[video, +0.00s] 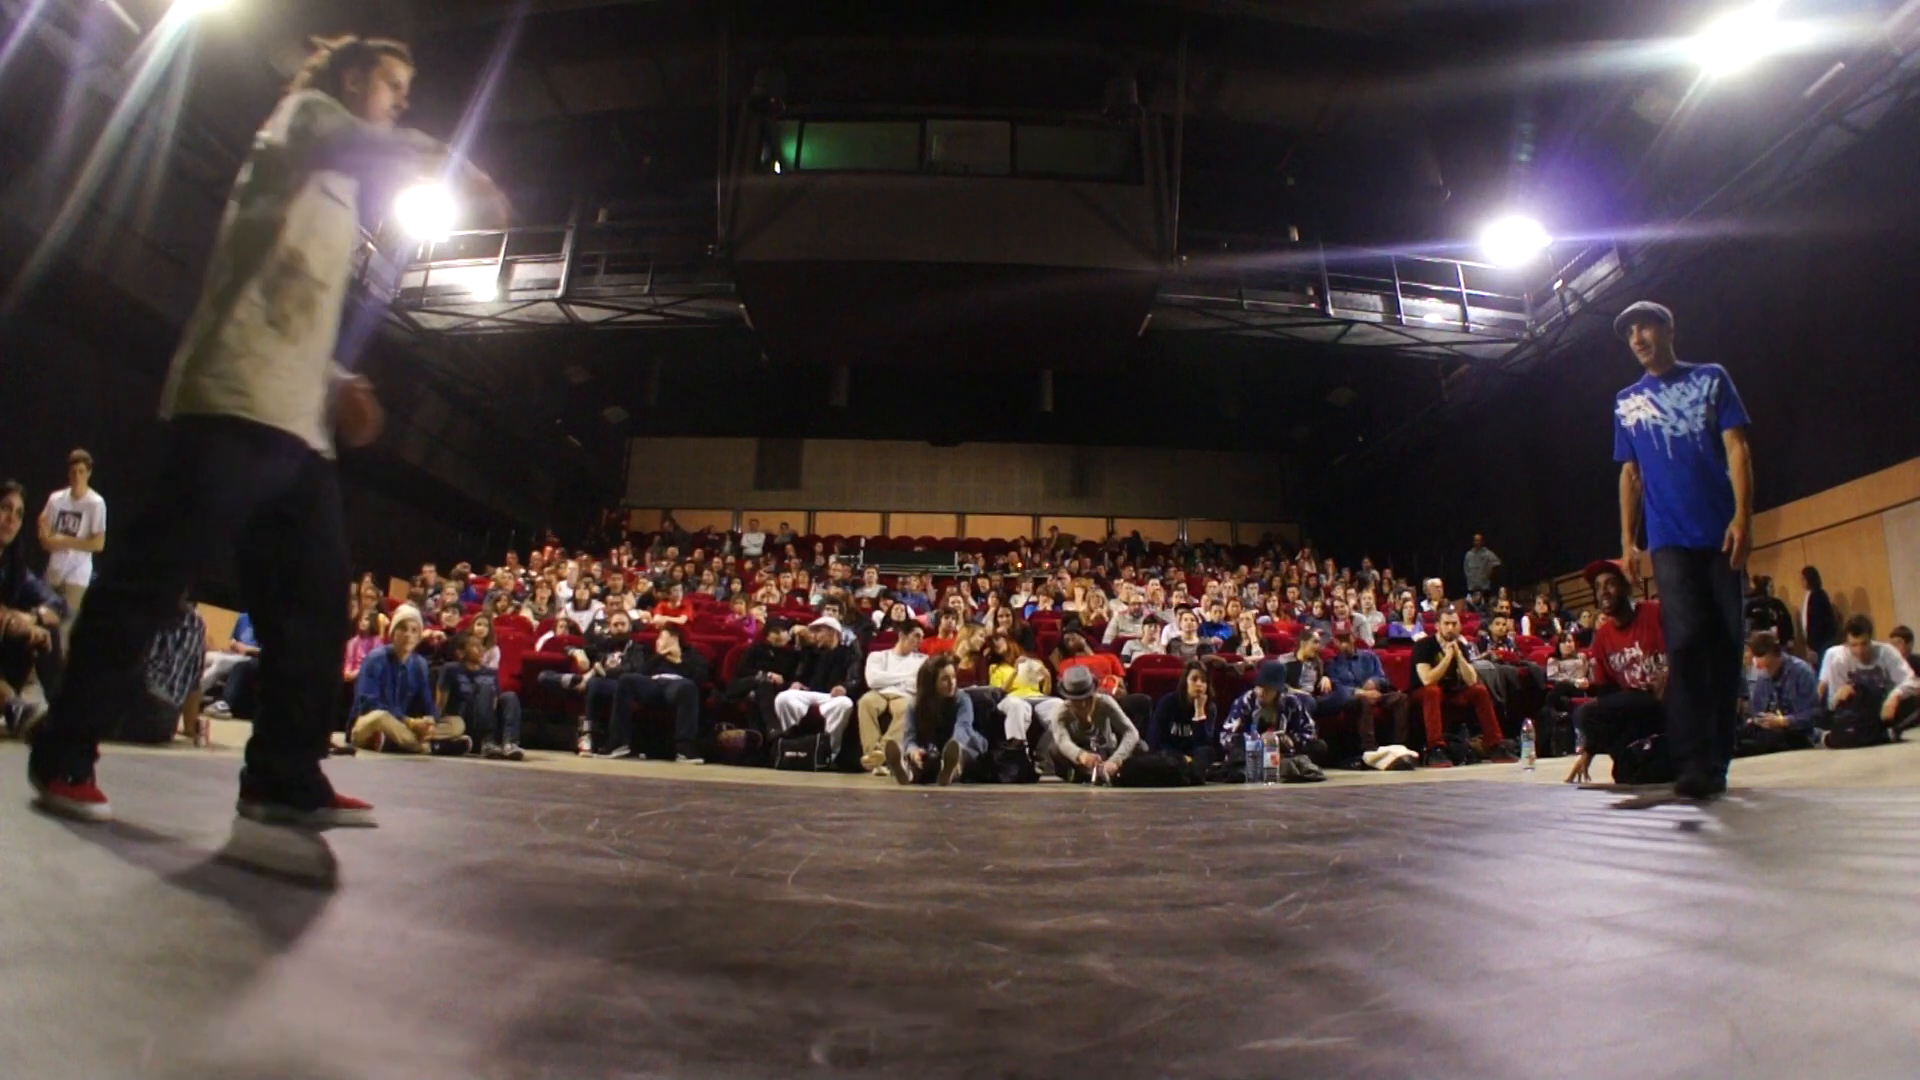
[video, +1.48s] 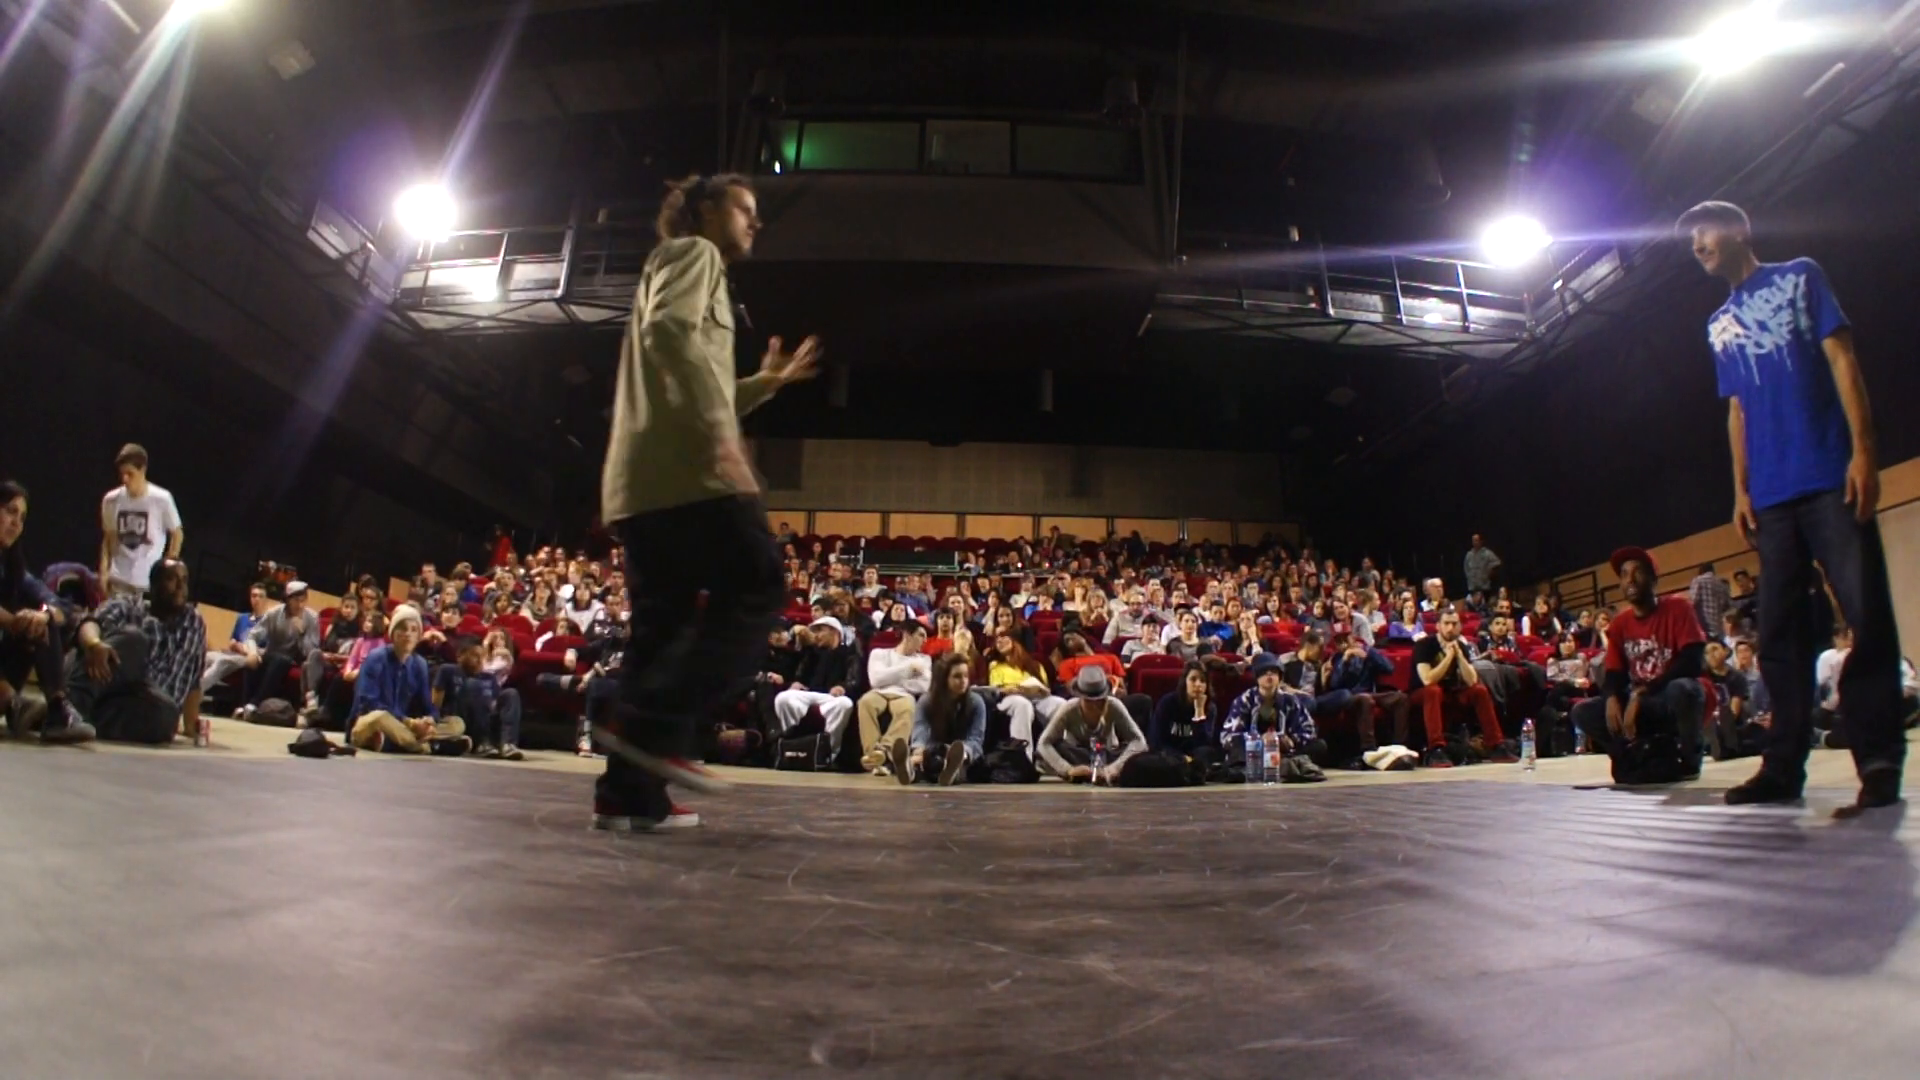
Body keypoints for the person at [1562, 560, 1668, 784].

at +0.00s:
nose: (1603, 592)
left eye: (1610, 584)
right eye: (1598, 587)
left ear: (1626, 588)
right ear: (1595, 595)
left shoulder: (1655, 613)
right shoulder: (1602, 636)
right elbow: (1604, 692)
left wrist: (1669, 676)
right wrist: (1586, 752)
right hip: (1633, 703)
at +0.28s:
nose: (1612, 585)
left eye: (1620, 577)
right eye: (1606, 579)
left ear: (1636, 582)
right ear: (1602, 587)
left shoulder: (1667, 610)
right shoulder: (1605, 634)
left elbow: (1688, 661)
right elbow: (1604, 692)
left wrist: (1658, 683)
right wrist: (1586, 753)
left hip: (1668, 696)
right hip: (1630, 700)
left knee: (1688, 684)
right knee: (1584, 713)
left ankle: (1685, 761)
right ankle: (1634, 761)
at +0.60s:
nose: (1630, 576)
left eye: (1638, 568)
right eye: (1625, 570)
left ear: (1654, 573)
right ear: (1621, 578)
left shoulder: (1680, 603)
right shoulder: (1620, 622)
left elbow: (1692, 658)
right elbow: (1607, 675)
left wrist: (1644, 683)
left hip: (1669, 693)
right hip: (1633, 695)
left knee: (1677, 690)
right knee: (1583, 711)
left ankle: (1685, 759)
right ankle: (1629, 761)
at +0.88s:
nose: (1632, 576)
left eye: (1639, 568)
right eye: (1627, 570)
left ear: (1657, 572)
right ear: (1624, 576)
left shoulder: (1679, 604)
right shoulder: (1624, 616)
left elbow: (1688, 664)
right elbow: (1617, 666)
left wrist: (1636, 685)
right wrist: (1597, 686)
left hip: (1673, 691)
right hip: (1638, 693)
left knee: (1675, 690)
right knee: (1583, 711)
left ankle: (1689, 759)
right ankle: (1632, 761)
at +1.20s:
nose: (1626, 581)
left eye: (1634, 572)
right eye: (1622, 574)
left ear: (1652, 577)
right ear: (1619, 581)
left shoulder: (1679, 606)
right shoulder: (1621, 622)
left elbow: (1692, 660)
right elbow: (1616, 670)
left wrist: (1644, 692)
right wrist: (1609, 694)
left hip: (1673, 691)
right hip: (1638, 695)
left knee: (1686, 688)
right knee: (1583, 711)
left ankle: (1690, 759)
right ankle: (1636, 760)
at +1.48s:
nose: (1629, 580)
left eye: (1636, 572)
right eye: (1624, 574)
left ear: (1652, 578)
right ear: (1619, 583)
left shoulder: (1677, 608)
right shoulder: (1619, 624)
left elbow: (1691, 662)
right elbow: (1614, 671)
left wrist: (1643, 691)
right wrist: (1612, 698)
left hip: (1672, 693)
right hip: (1637, 698)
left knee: (1684, 689)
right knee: (1583, 712)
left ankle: (1689, 760)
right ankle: (1634, 761)